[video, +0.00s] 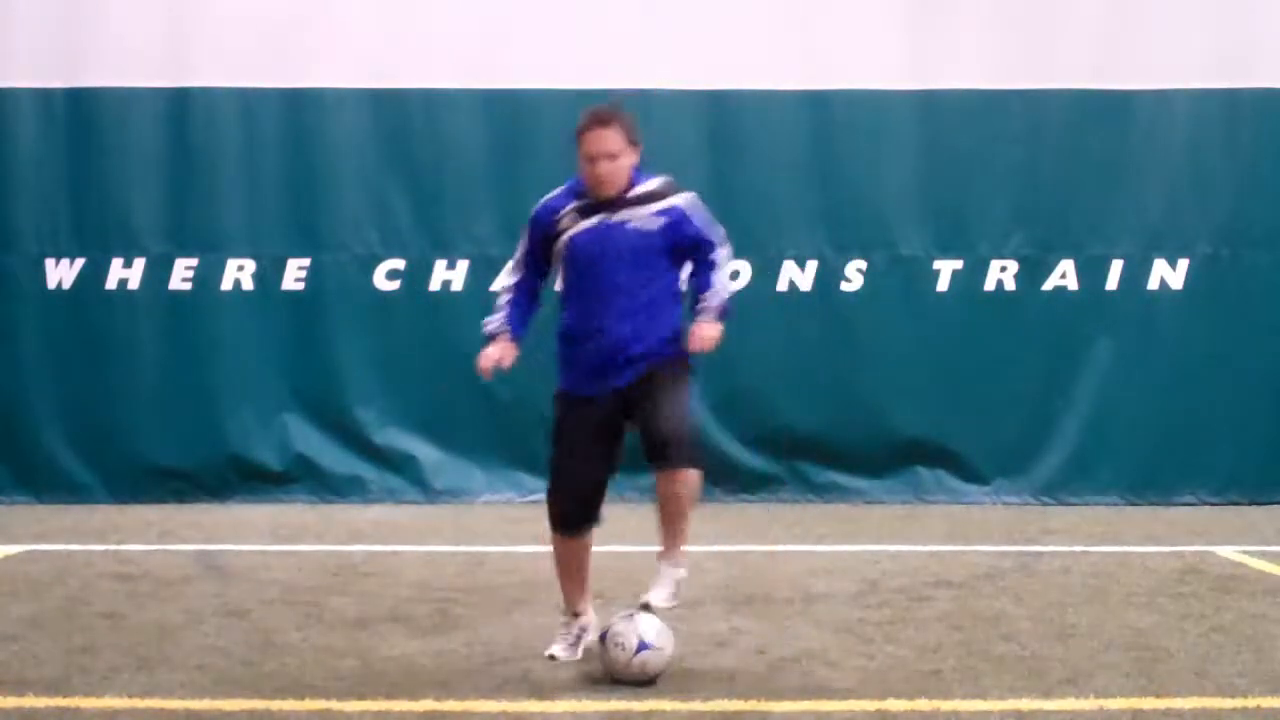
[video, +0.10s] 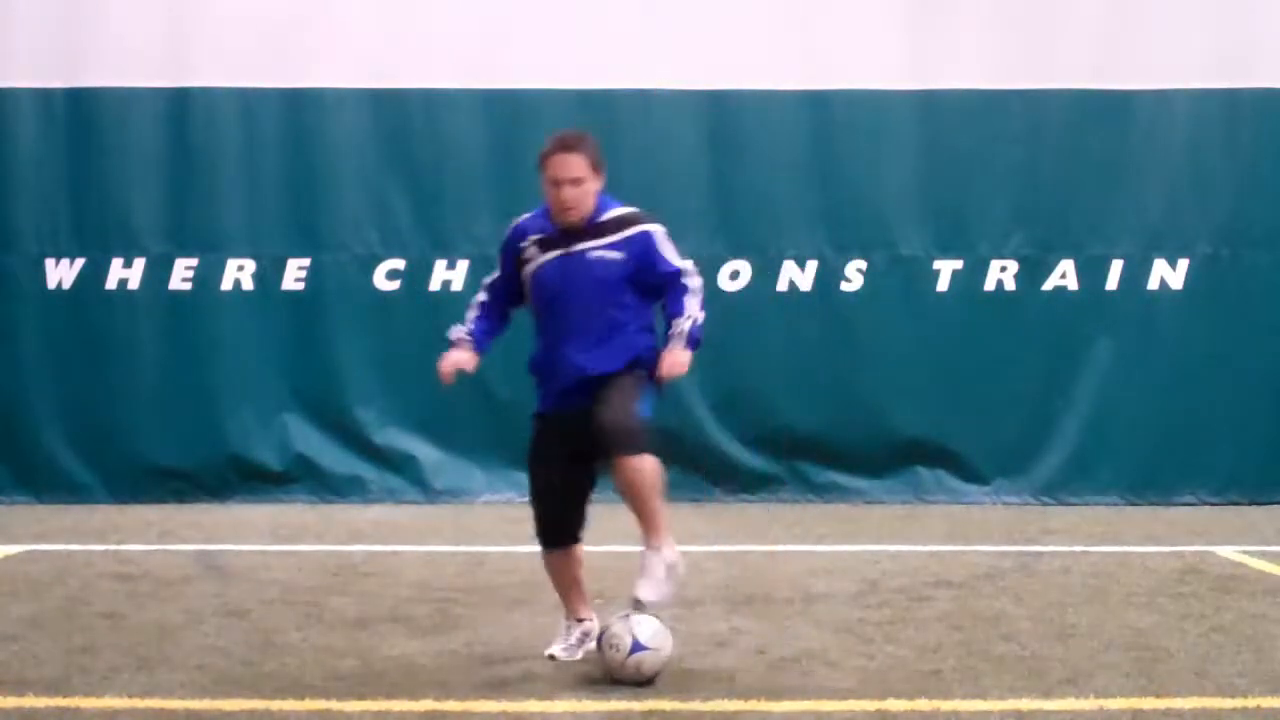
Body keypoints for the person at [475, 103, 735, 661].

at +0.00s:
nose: (600, 169)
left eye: (610, 157)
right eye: (590, 159)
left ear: (634, 154)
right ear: (578, 161)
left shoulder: (669, 201)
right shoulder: (555, 214)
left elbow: (715, 254)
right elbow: (523, 276)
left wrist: (709, 314)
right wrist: (504, 333)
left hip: (657, 366)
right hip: (586, 378)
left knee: (676, 444)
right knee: (568, 503)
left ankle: (672, 562)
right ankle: (578, 618)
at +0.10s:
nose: (565, 193)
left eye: (576, 182)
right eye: (555, 183)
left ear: (598, 182)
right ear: (543, 186)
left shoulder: (633, 228)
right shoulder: (526, 238)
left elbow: (684, 283)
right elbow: (498, 297)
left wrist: (680, 341)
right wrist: (466, 342)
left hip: (622, 372)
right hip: (560, 388)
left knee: (618, 429)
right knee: (553, 515)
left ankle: (661, 549)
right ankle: (581, 620)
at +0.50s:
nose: (476, 238)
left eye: (487, 225)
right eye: (467, 226)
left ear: (511, 216)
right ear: (454, 219)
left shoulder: (544, 268)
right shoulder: (446, 250)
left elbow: (591, 342)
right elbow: (418, 287)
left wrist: (612, 416)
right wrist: (382, 313)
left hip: (542, 416)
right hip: (494, 415)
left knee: (476, 523)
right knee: (495, 530)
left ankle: (495, 650)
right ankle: (617, 541)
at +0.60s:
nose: (473, 251)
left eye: (483, 238)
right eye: (462, 239)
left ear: (504, 229)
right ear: (448, 231)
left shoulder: (539, 277)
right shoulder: (436, 260)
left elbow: (584, 346)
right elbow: (405, 297)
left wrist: (607, 421)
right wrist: (372, 322)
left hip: (540, 422)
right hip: (488, 423)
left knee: (472, 525)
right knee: (484, 535)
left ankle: (496, 649)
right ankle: (608, 538)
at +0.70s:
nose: (481, 229)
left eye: (491, 216)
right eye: (470, 217)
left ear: (512, 207)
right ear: (455, 211)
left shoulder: (551, 255)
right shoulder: (442, 246)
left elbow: (616, 314)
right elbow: (411, 280)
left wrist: (637, 379)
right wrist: (380, 308)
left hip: (542, 415)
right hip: (483, 415)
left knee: (486, 522)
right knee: (462, 522)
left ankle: (496, 649)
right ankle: (591, 529)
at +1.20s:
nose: (615, 153)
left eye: (625, 143)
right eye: (604, 143)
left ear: (640, 144)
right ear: (584, 146)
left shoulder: (673, 195)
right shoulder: (553, 195)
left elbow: (708, 264)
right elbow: (518, 252)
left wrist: (715, 326)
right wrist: (506, 309)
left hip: (658, 362)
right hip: (580, 364)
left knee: (702, 478)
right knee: (548, 468)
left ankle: (730, 603)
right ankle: (565, 585)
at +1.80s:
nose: (814, 256)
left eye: (824, 244)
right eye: (802, 243)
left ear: (836, 238)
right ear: (779, 236)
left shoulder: (841, 275)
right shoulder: (748, 289)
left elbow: (858, 319)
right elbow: (706, 364)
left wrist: (871, 351)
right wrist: (682, 448)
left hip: (800, 432)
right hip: (745, 433)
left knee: (809, 545)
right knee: (838, 520)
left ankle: (694, 553)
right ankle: (814, 654)